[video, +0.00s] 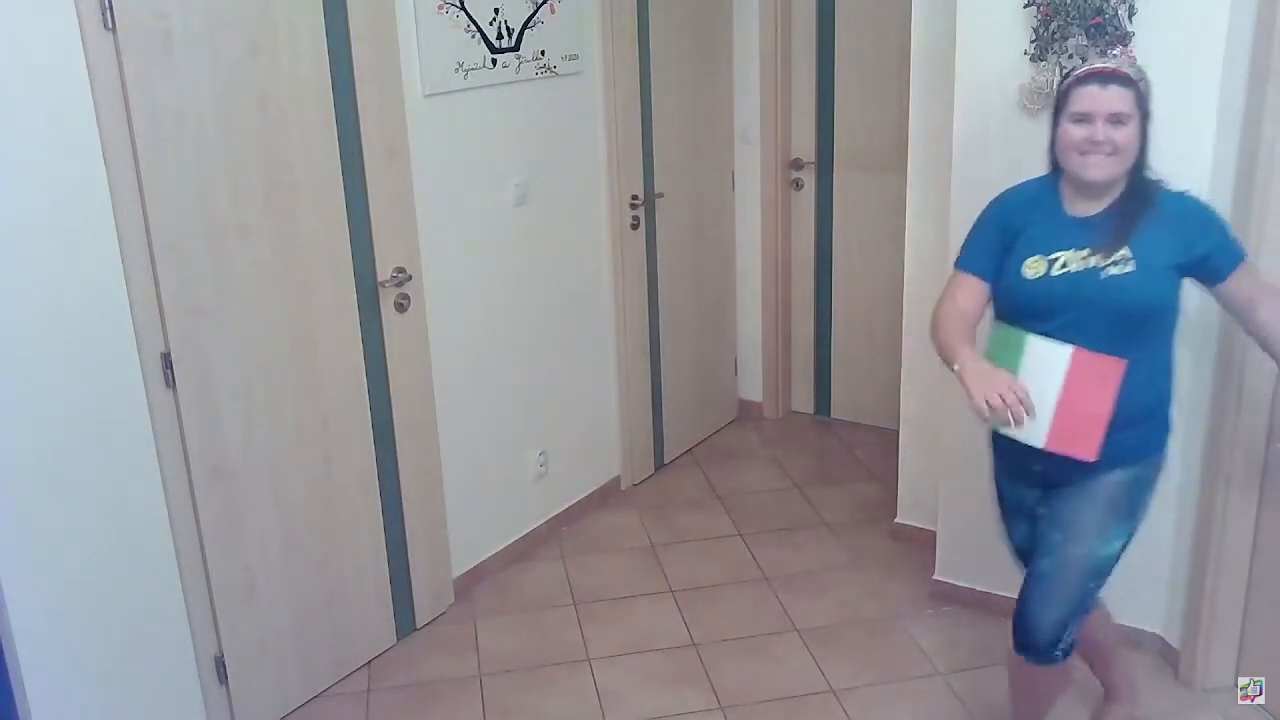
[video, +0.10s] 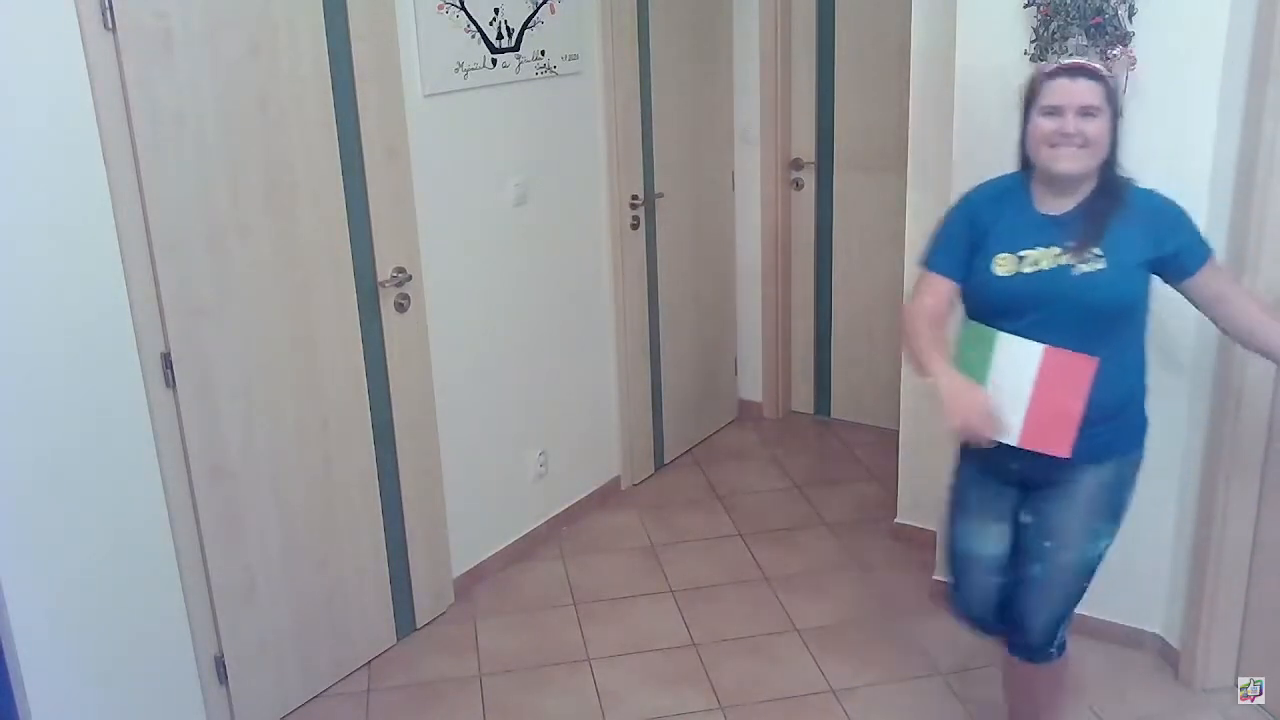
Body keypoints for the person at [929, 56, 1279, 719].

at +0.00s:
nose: (1098, 134)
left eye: (1118, 119)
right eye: (1081, 118)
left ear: (1141, 133)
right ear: (1055, 129)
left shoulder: (1180, 221)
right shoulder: (1014, 211)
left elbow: (1263, 310)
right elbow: (954, 315)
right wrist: (969, 365)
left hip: (1117, 458)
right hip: (1020, 447)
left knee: (1039, 627)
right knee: (1062, 589)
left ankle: (1026, 714)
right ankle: (1123, 693)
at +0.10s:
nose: (1068, 127)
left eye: (1087, 114)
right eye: (1052, 113)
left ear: (1112, 129)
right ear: (1027, 126)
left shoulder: (1148, 218)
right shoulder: (982, 211)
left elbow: (1236, 306)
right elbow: (922, 318)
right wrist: (950, 383)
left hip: (1094, 455)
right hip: (991, 445)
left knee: (1033, 629)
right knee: (977, 605)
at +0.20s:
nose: (1034, 120)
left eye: (1053, 108)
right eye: (1017, 106)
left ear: (1077, 124)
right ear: (993, 120)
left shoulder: (1115, 213)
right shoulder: (946, 209)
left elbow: (1215, 288)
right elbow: (875, 312)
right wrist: (882, 393)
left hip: (1068, 457)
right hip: (960, 449)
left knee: (1022, 624)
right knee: (917, 600)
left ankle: (1017, 717)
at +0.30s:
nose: (996, 131)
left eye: (1015, 118)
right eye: (979, 117)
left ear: (1039, 135)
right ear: (954, 132)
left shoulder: (1075, 223)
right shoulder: (908, 219)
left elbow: (1178, 281)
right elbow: (834, 306)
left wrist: (1260, 299)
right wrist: (805, 396)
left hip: (1037, 465)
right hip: (927, 459)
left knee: (1007, 636)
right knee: (874, 625)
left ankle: (1016, 718)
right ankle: (853, 713)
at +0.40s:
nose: (969, 144)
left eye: (987, 131)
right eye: (953, 130)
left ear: (1012, 147)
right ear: (927, 144)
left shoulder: (1047, 234)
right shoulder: (883, 229)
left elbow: (1149, 294)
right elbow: (798, 319)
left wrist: (1226, 293)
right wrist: (758, 404)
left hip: (1010, 471)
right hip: (901, 468)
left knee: (998, 642)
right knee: (859, 639)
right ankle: (834, 715)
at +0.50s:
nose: (928, 140)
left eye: (945, 127)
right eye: (911, 126)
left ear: (969, 141)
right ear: (885, 139)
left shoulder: (997, 233)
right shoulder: (838, 224)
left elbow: (1086, 309)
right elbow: (758, 315)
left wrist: (1143, 288)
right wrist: (690, 397)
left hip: (963, 458)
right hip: (856, 457)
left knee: (973, 615)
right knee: (845, 629)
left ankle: (998, 715)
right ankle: (831, 717)